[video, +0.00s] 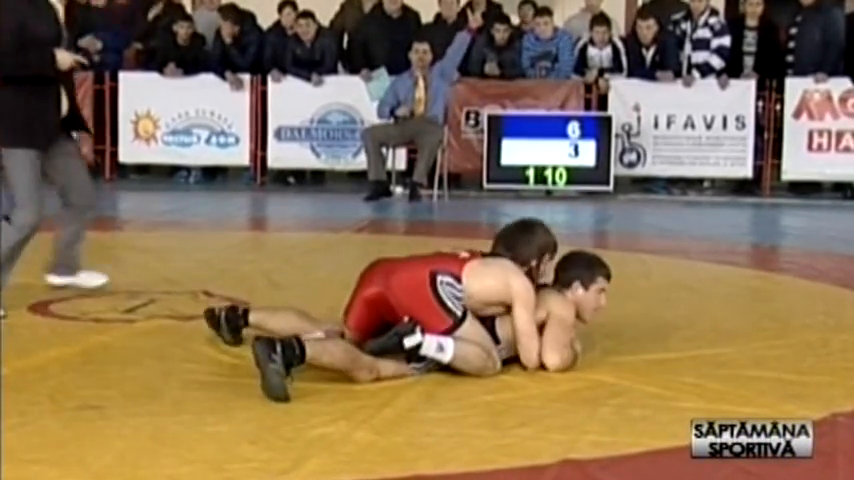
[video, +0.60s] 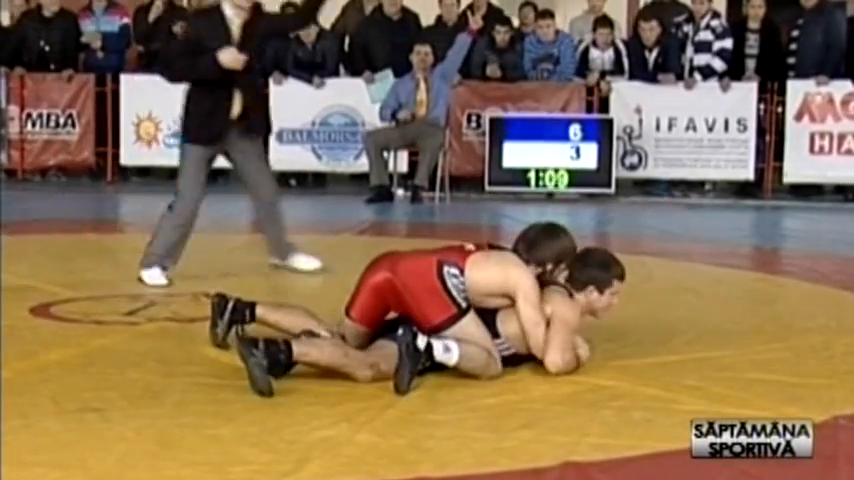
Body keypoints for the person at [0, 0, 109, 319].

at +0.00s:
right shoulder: (11, 11)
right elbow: (9, 62)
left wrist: (80, 130)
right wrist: (52, 59)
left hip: (50, 128)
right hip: (14, 128)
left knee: (82, 199)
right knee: (26, 217)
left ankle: (63, 269)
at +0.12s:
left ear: (104, 2)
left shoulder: (104, 24)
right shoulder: (51, 21)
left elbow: (147, 30)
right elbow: (30, 76)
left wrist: (180, 7)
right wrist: (82, 72)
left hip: (83, 137)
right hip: (46, 135)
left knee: (111, 199)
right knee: (33, 214)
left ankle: (98, 271)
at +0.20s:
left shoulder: (137, 16)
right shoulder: (75, 18)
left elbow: (181, 19)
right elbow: (55, 70)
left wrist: (213, 2)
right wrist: (106, 64)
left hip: (111, 133)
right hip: (74, 131)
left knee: (131, 200)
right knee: (44, 207)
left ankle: (97, 272)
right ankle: (2, 276)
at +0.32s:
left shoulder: (168, 9)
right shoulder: (111, 6)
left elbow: (176, 54)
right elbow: (89, 56)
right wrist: (138, 43)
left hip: (152, 106)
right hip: (116, 105)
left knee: (149, 187)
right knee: (108, 188)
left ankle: (107, 262)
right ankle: (61, 262)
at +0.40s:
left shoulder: (190, 3)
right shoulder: (130, 4)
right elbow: (112, 42)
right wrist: (158, 32)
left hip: (178, 93)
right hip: (143, 93)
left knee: (182, 179)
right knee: (146, 180)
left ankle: (133, 249)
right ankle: (112, 246)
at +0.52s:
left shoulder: (229, 7)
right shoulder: (169, 7)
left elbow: (270, 6)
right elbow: (148, 55)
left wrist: (288, 9)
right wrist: (191, 44)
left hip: (215, 109)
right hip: (177, 109)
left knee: (233, 184)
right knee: (175, 191)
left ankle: (217, 243)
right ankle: (155, 258)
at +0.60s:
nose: (247, 0)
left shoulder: (265, 24)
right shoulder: (201, 22)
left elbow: (302, 19)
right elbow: (173, 68)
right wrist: (216, 60)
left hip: (245, 127)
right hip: (203, 126)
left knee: (267, 192)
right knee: (188, 200)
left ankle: (282, 253)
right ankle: (154, 264)